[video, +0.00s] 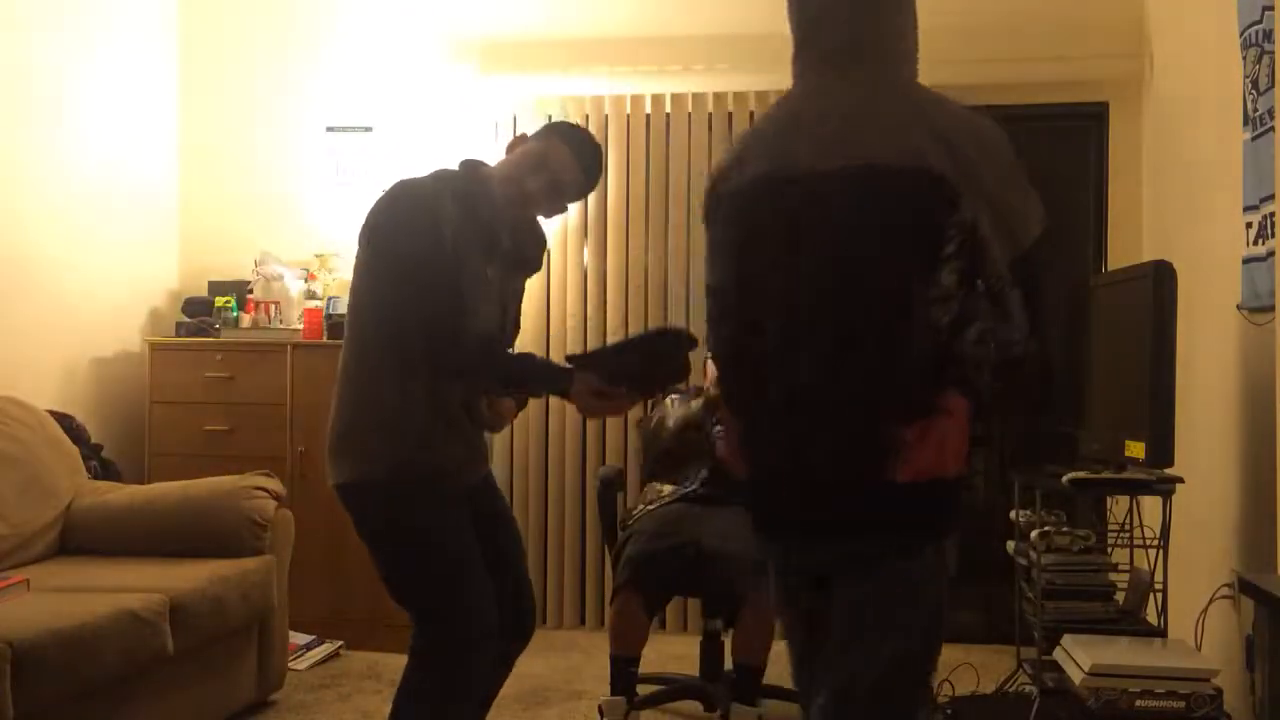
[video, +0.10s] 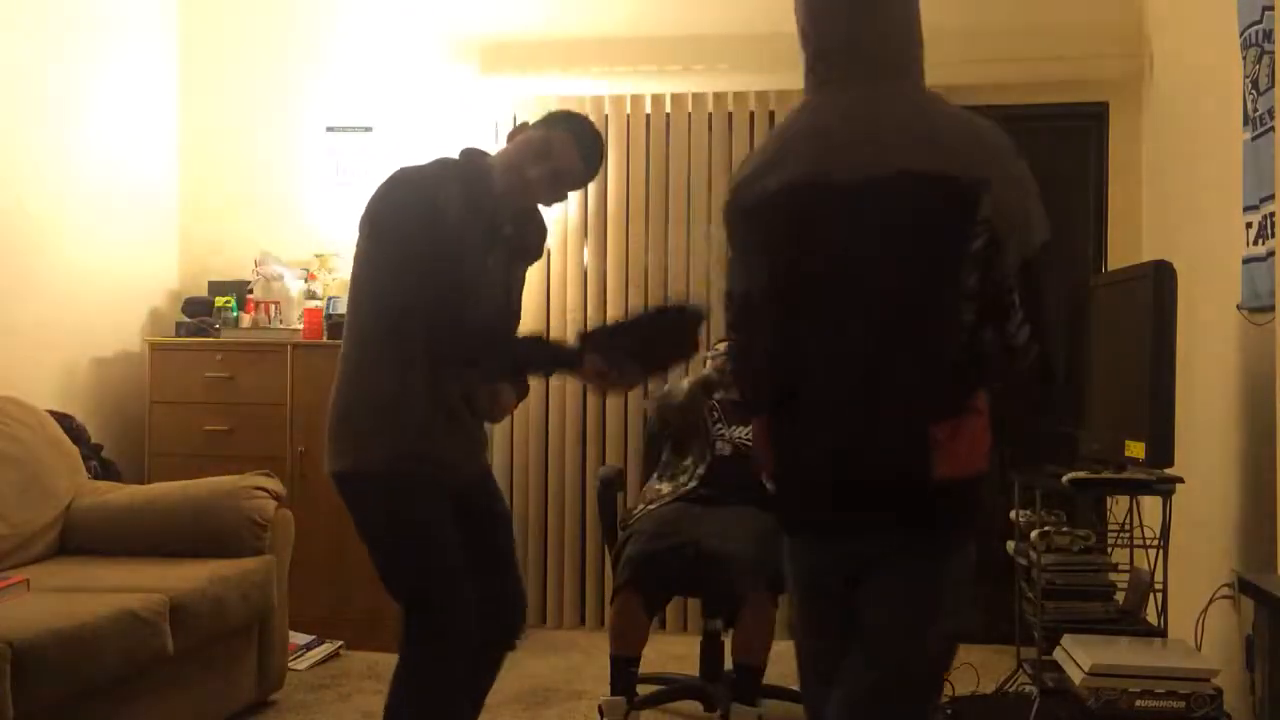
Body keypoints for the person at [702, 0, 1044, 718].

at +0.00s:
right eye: (903, 22)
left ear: (800, 36)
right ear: (902, 31)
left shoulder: (745, 158)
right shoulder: (957, 140)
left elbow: (727, 322)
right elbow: (1010, 298)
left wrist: (744, 419)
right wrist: (960, 400)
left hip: (785, 458)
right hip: (909, 462)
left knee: (818, 670)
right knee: (886, 677)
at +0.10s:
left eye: (805, 26)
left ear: (809, 35)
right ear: (911, 33)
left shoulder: (762, 174)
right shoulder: (981, 154)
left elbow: (749, 337)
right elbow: (1026, 319)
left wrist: (764, 423)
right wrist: (989, 402)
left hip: (813, 463)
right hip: (939, 467)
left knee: (827, 674)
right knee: (902, 680)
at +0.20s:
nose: (806, 56)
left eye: (810, 39)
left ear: (819, 44)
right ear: (916, 38)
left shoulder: (780, 176)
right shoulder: (990, 154)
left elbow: (765, 330)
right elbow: (1037, 317)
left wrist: (782, 417)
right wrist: (1011, 401)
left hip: (835, 461)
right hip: (956, 458)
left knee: (840, 667)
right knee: (924, 672)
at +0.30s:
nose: (813, 73)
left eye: (817, 57)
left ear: (830, 57)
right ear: (923, 47)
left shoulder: (795, 181)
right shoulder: (1001, 156)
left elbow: (782, 341)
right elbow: (1053, 329)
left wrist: (799, 422)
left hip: (855, 472)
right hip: (973, 471)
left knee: (861, 683)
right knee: (941, 684)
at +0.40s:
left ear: (842, 58)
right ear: (933, 47)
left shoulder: (805, 188)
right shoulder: (1008, 155)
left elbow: (791, 329)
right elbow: (1064, 310)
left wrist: (812, 418)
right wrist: (1037, 402)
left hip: (864, 479)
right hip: (982, 471)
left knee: (880, 677)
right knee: (982, 678)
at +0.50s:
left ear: (856, 59)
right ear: (946, 48)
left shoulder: (820, 189)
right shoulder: (1012, 158)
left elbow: (805, 350)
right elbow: (1079, 318)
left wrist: (821, 424)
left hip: (869, 492)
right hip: (988, 488)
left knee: (890, 686)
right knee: (994, 687)